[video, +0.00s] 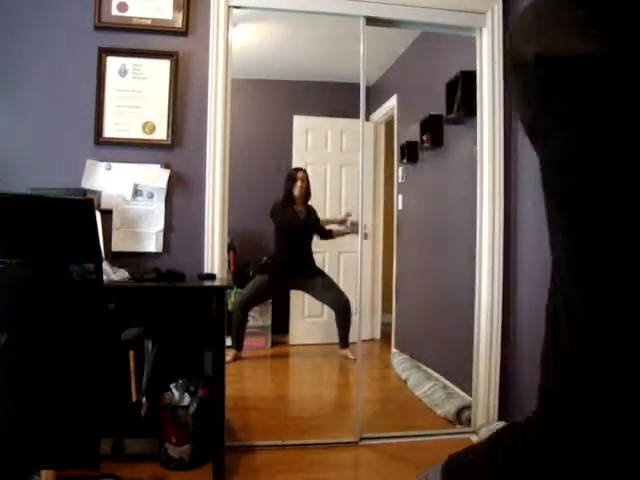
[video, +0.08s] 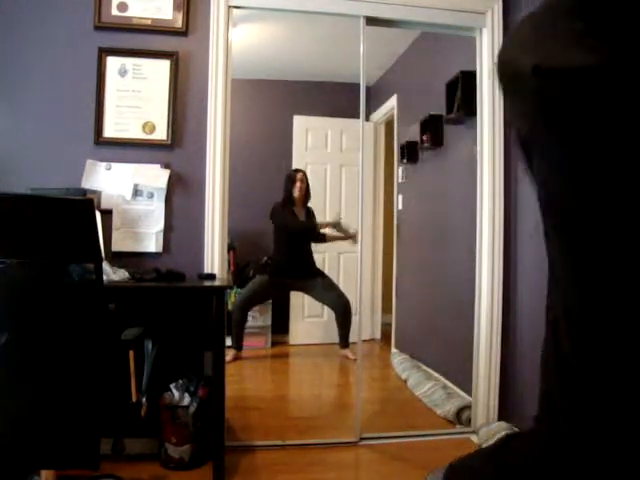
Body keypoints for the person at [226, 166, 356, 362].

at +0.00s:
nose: (300, 184)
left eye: (303, 180)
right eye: (296, 180)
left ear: (308, 185)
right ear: (289, 184)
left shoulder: (309, 212)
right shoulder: (279, 208)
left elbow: (324, 234)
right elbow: (297, 224)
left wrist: (348, 231)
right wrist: (334, 221)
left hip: (307, 272)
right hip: (278, 272)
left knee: (342, 303)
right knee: (240, 304)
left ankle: (344, 347)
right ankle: (236, 350)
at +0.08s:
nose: (299, 185)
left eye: (302, 182)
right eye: (295, 181)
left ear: (307, 186)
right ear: (288, 185)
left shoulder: (308, 213)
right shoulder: (279, 209)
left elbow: (314, 237)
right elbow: (293, 227)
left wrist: (344, 237)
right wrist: (327, 226)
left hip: (306, 273)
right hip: (278, 273)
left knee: (342, 305)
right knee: (240, 304)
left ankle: (344, 347)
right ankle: (236, 350)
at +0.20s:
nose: (298, 187)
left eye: (301, 183)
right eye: (294, 183)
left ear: (306, 188)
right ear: (287, 186)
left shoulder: (308, 214)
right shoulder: (277, 210)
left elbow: (320, 238)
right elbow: (291, 225)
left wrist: (339, 238)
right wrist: (326, 230)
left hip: (307, 274)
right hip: (277, 274)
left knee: (342, 305)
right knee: (240, 302)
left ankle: (345, 347)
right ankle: (236, 350)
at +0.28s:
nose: (297, 189)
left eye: (301, 185)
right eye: (294, 185)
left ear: (305, 189)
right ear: (287, 188)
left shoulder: (311, 213)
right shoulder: (277, 210)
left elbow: (336, 232)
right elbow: (280, 224)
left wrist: (351, 230)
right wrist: (305, 224)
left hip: (307, 274)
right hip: (277, 274)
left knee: (343, 305)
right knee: (241, 303)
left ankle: (344, 347)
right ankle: (236, 350)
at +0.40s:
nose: (298, 189)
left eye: (302, 185)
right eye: (295, 184)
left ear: (307, 189)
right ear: (288, 188)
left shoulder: (314, 211)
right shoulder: (278, 211)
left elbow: (332, 229)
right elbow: (256, 229)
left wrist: (326, 222)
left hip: (308, 273)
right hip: (278, 273)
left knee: (344, 304)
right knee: (241, 303)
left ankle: (345, 348)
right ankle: (236, 350)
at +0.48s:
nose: (297, 190)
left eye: (301, 186)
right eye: (294, 187)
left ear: (307, 192)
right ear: (289, 191)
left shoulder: (316, 209)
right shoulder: (284, 208)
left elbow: (314, 224)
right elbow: (264, 216)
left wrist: (298, 222)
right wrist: (242, 223)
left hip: (310, 273)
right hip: (280, 272)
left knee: (345, 302)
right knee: (245, 302)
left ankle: (345, 347)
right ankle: (236, 349)